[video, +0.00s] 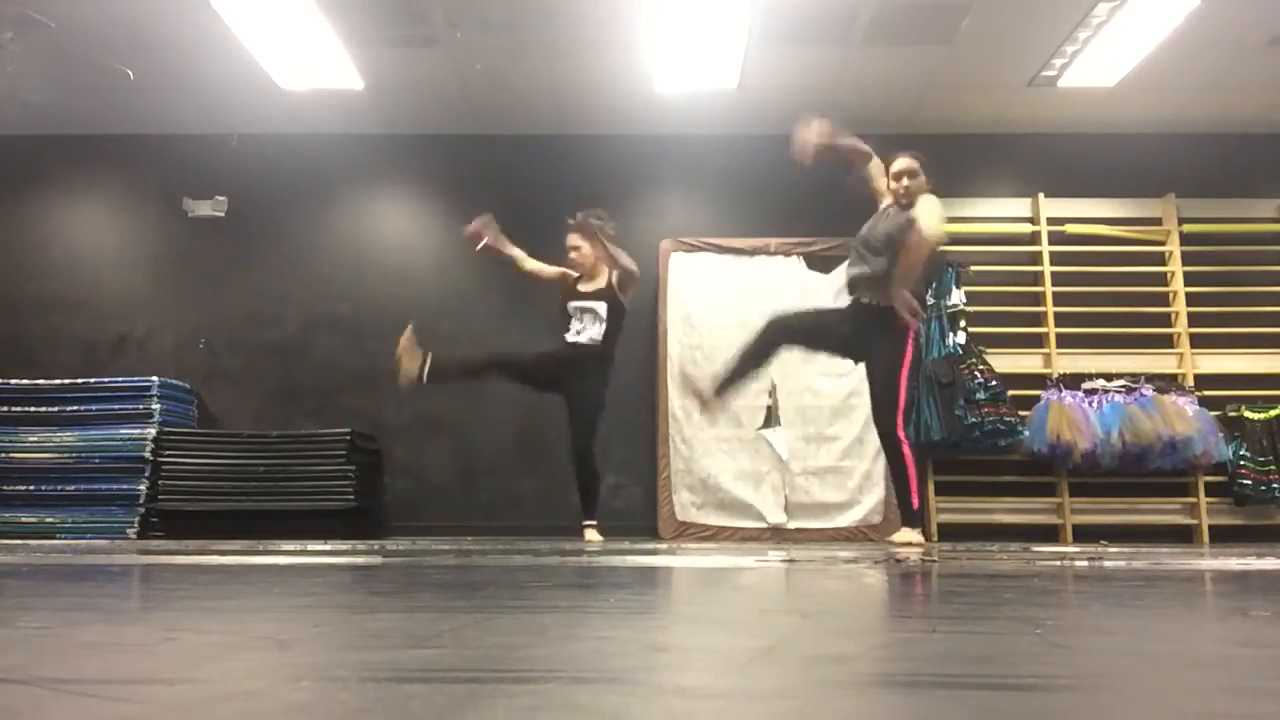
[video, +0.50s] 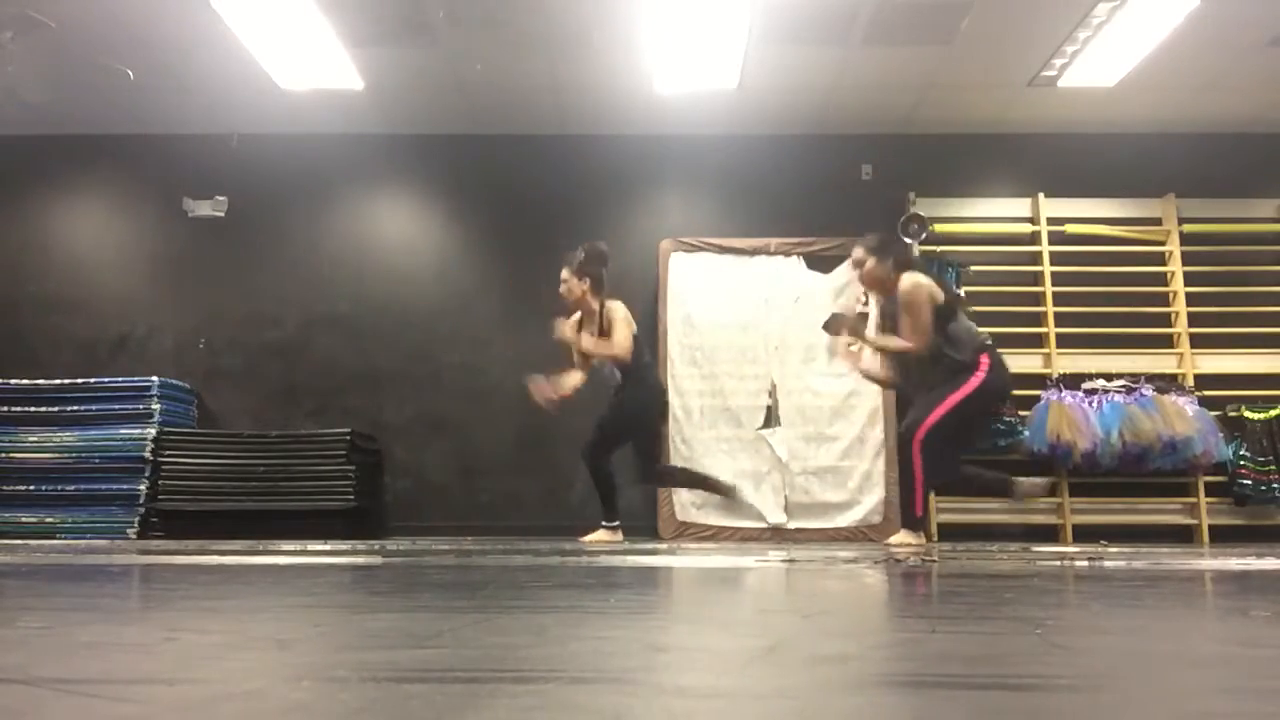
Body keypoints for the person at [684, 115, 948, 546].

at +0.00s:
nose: (903, 182)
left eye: (911, 175)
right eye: (896, 177)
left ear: (924, 180)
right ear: (887, 182)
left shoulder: (926, 208)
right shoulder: (888, 202)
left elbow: (928, 238)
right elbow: (867, 158)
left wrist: (901, 287)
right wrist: (827, 136)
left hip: (893, 326)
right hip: (858, 320)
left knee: (890, 424)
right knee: (780, 327)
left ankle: (914, 527)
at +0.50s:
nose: (856, 273)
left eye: (860, 264)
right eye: (854, 266)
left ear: (886, 262)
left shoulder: (912, 284)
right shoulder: (887, 305)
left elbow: (918, 344)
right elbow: (900, 375)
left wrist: (864, 336)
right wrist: (861, 362)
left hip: (979, 371)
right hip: (949, 379)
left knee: (916, 433)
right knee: (934, 467)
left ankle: (914, 530)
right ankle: (1018, 489)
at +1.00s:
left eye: (972, 214)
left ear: (973, 220)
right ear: (1007, 208)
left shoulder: (966, 263)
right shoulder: (1026, 222)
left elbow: (974, 311)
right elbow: (1066, 176)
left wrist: (975, 282)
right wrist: (1055, 170)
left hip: (1022, 354)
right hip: (1065, 346)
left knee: (966, 432)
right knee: (1072, 447)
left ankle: (926, 520)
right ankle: (1120, 527)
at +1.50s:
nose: (960, 248)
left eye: (961, 243)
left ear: (966, 248)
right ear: (1001, 242)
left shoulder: (960, 278)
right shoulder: (1024, 260)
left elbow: (949, 321)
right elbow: (1081, 250)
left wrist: (957, 280)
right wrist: (1135, 222)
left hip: (1026, 354)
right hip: (1068, 350)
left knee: (972, 435)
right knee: (1057, 447)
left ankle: (921, 522)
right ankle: (1116, 527)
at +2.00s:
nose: (886, 283)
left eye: (894, 275)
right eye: (880, 277)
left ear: (912, 279)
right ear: (872, 284)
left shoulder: (943, 308)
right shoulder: (870, 329)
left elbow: (978, 358)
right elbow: (842, 384)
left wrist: (925, 365)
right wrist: (813, 437)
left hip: (966, 378)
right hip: (926, 388)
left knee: (932, 437)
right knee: (961, 475)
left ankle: (914, 529)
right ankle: (1044, 498)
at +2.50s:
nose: (826, 201)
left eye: (830, 196)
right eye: (818, 195)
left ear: (835, 206)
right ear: (800, 200)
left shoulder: (820, 259)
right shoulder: (778, 229)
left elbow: (836, 308)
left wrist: (854, 346)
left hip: (809, 347)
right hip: (766, 345)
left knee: (845, 434)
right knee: (746, 438)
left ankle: (881, 523)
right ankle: (717, 526)